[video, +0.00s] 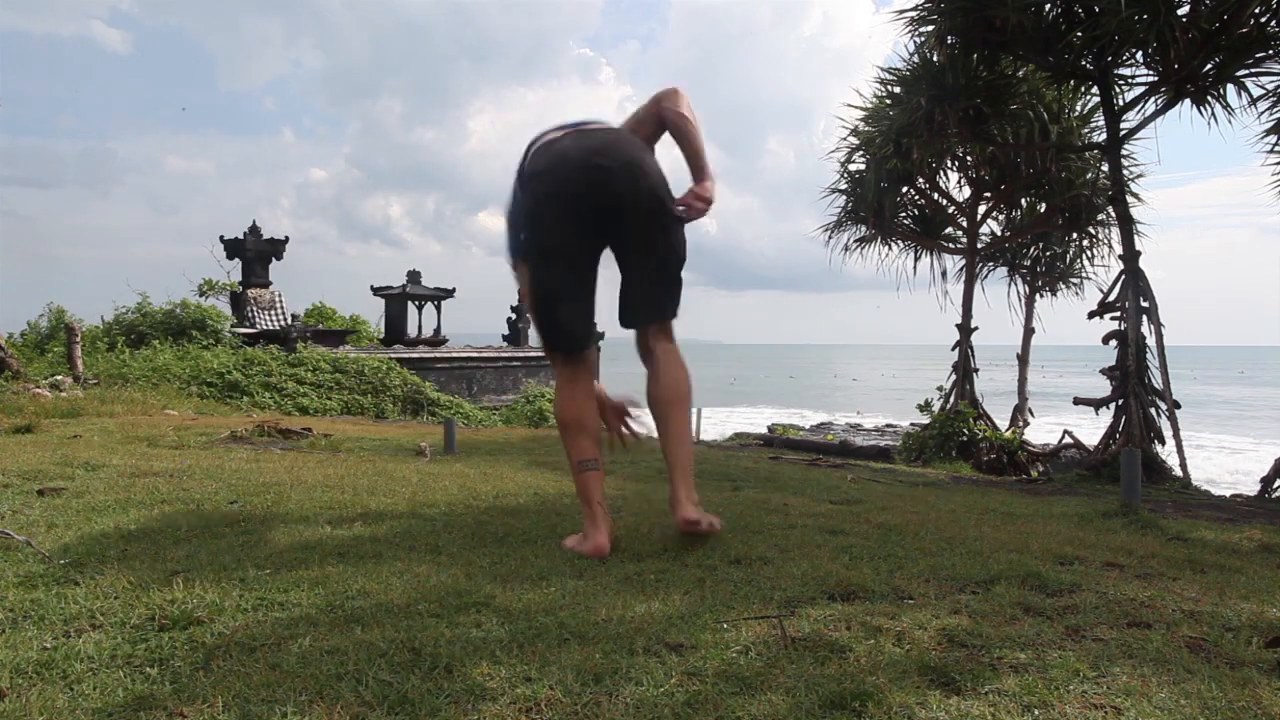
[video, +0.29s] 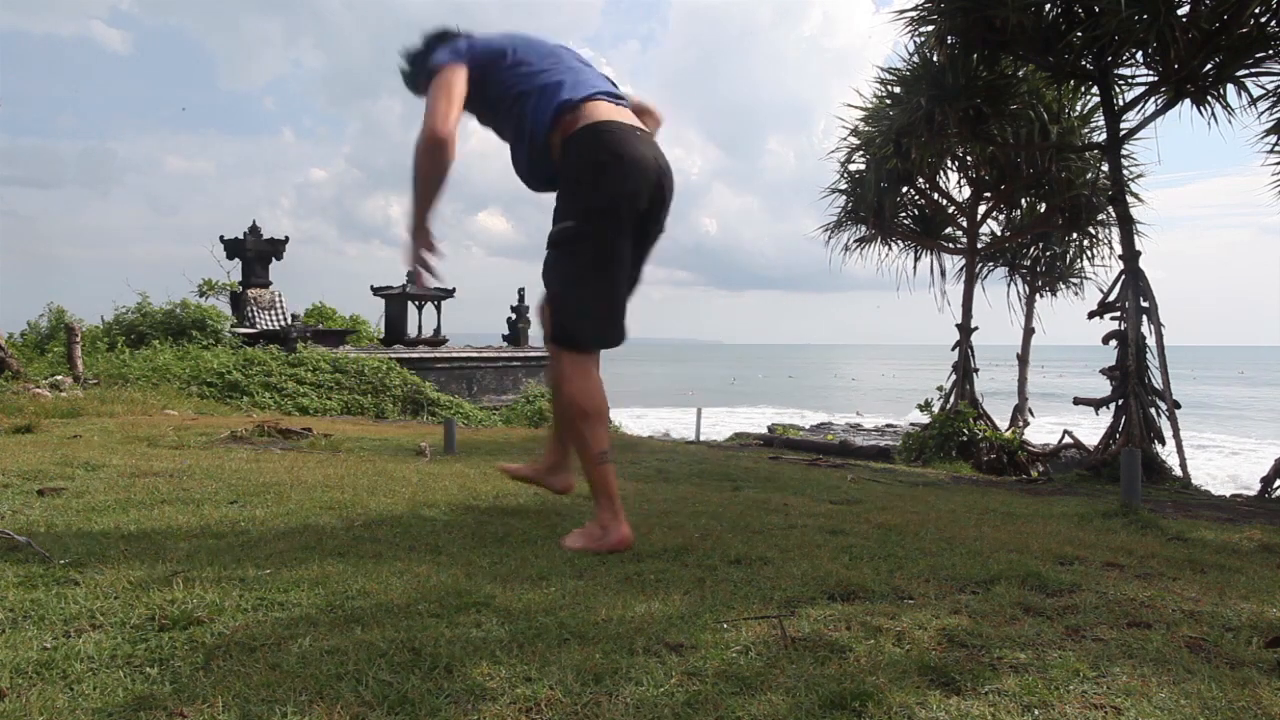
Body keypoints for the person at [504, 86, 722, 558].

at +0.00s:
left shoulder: (526, 199)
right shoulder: (624, 140)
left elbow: (540, 311)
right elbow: (671, 97)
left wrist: (596, 394)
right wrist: (703, 177)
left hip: (548, 183)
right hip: (627, 167)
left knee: (569, 367)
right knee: (659, 338)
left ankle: (596, 528)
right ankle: (686, 503)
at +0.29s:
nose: (434, 98)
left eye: (429, 85)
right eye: (429, 90)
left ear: (443, 58)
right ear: (471, 47)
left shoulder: (456, 52)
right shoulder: (554, 55)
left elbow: (439, 134)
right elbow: (649, 114)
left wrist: (420, 221)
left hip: (601, 159)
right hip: (649, 164)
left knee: (574, 346)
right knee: (560, 312)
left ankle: (611, 520)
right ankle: (557, 463)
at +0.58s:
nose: (406, 59)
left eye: (406, 42)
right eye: (396, 50)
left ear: (439, 11)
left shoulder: (510, 28)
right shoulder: (456, 89)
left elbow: (568, 88)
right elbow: (474, 184)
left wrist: (474, 106)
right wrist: (424, 230)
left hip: (582, 207)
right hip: (529, 215)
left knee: (551, 358)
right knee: (459, 351)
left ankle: (576, 511)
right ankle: (473, 491)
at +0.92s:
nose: (412, 201)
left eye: (417, 187)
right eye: (399, 194)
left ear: (440, 152)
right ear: (385, 181)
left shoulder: (508, 173)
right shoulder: (400, 225)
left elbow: (593, 228)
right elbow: (365, 326)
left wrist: (633, 250)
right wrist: (318, 414)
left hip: (537, 316)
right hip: (467, 326)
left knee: (561, 373)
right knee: (390, 413)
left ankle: (573, 508)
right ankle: (449, 468)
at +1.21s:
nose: (398, 260)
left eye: (403, 243)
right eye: (381, 253)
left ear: (414, 213)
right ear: (356, 242)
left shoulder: (464, 230)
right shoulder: (358, 290)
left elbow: (556, 261)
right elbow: (356, 402)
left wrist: (613, 249)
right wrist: (335, 507)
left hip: (497, 377)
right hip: (429, 396)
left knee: (551, 361)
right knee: (391, 495)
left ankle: (570, 507)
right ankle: (436, 477)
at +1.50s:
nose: (379, 243)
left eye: (384, 226)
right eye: (361, 237)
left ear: (390, 205)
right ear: (333, 229)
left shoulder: (433, 225)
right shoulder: (333, 290)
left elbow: (517, 251)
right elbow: (345, 400)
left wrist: (569, 207)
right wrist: (333, 507)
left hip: (477, 379)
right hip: (413, 404)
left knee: (537, 336)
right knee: (377, 505)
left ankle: (562, 498)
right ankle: (430, 474)